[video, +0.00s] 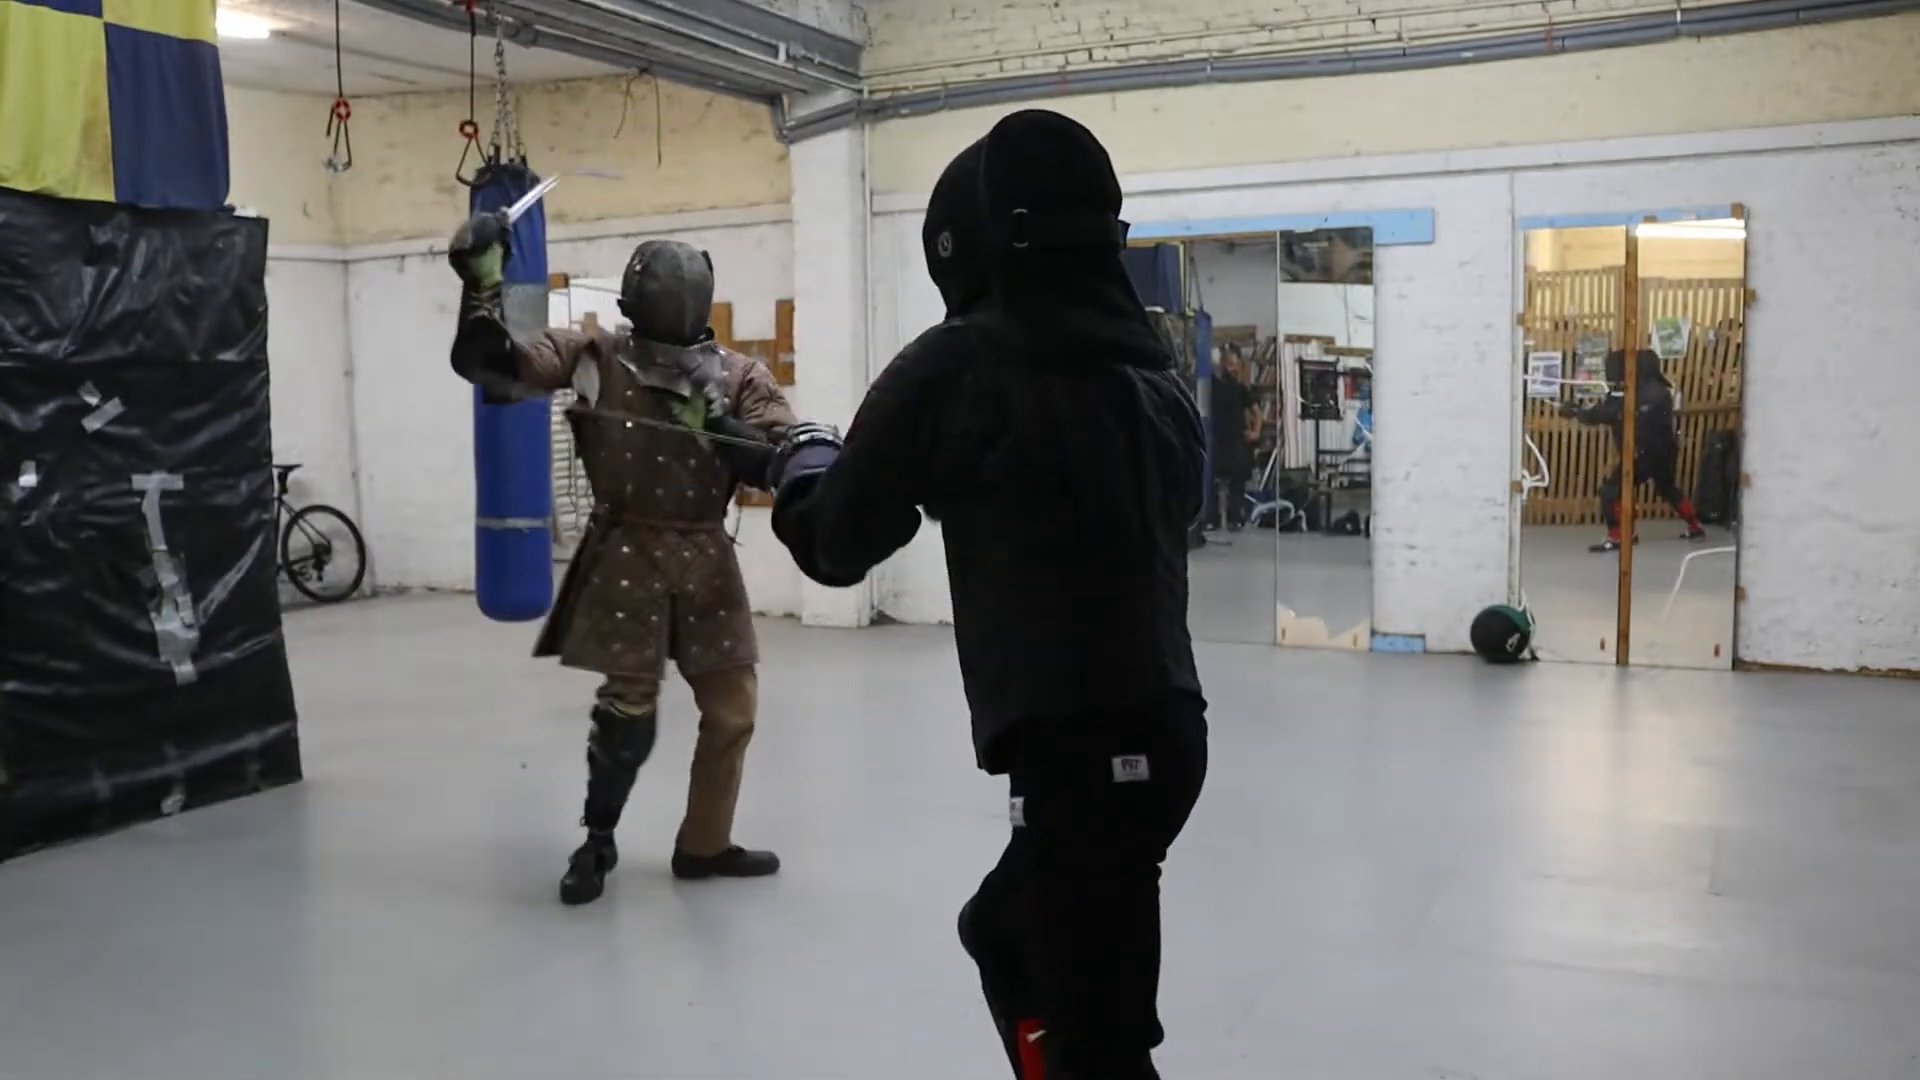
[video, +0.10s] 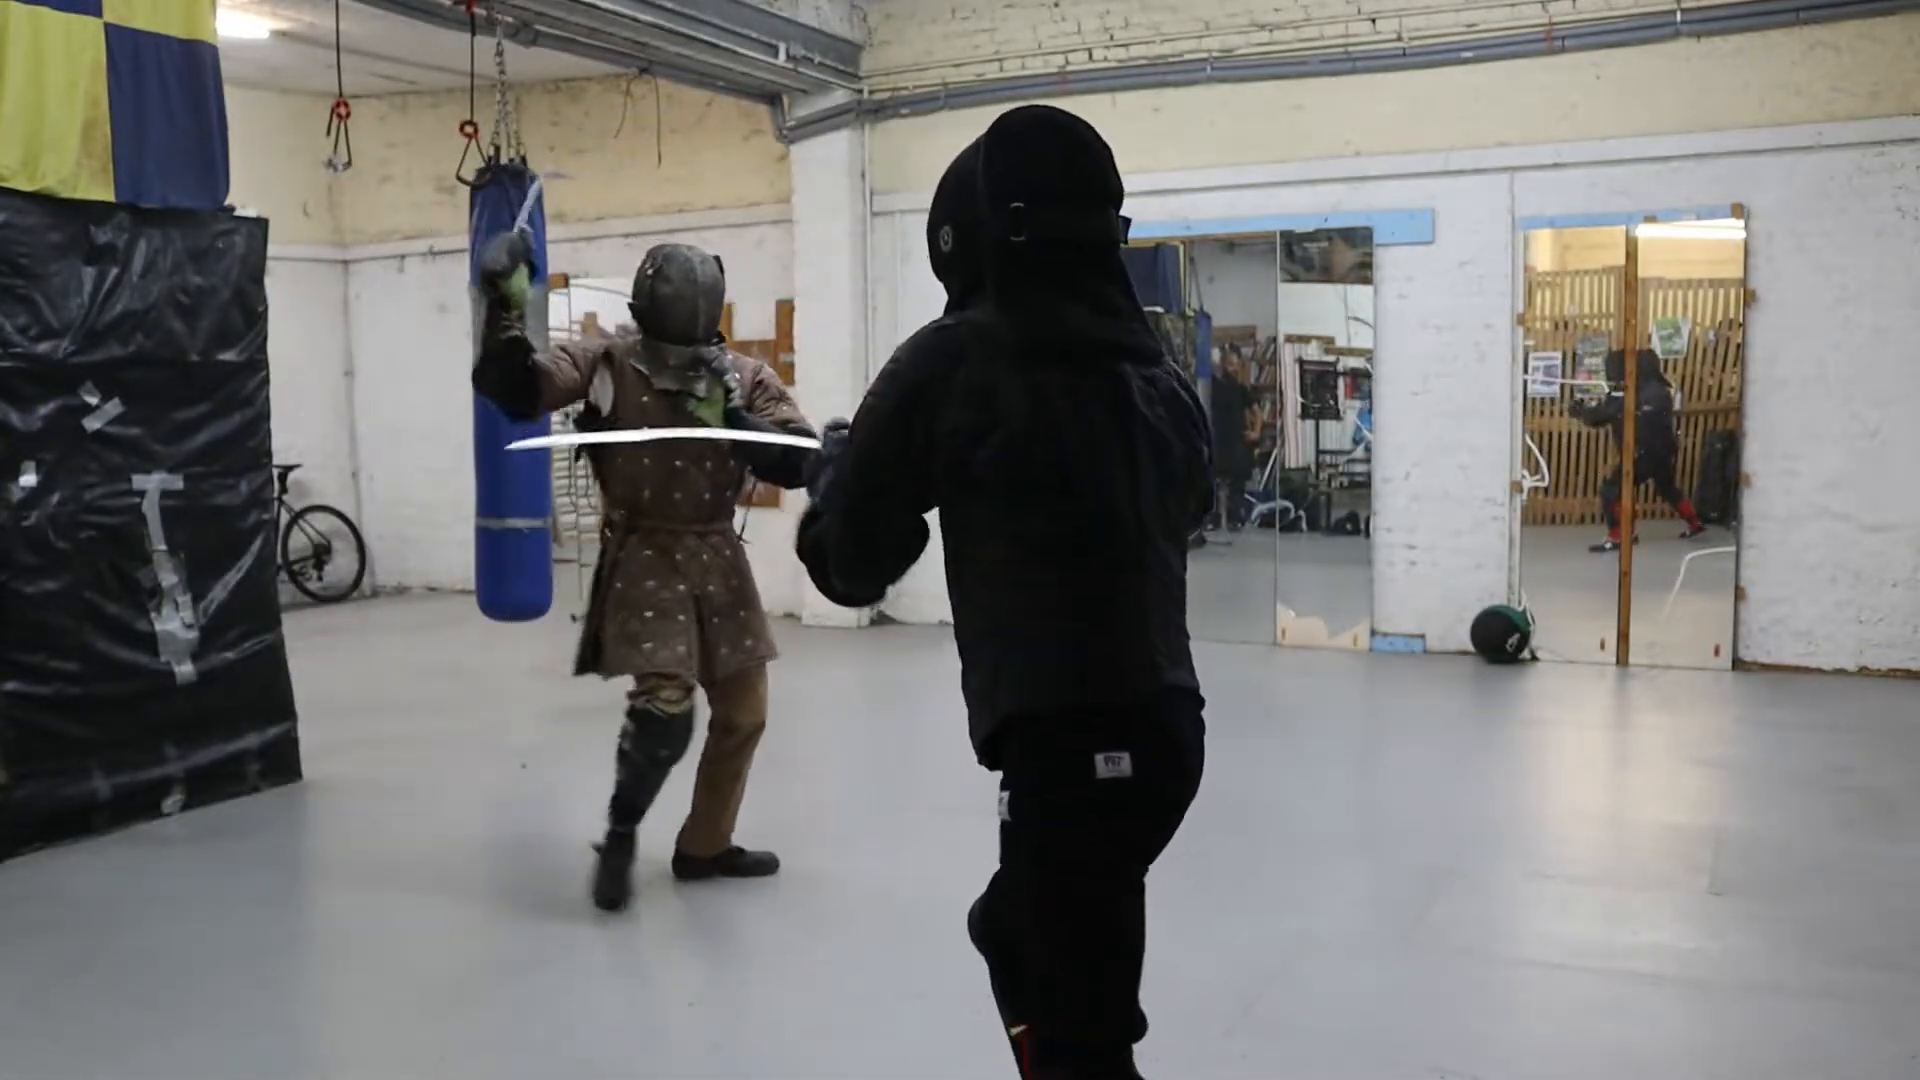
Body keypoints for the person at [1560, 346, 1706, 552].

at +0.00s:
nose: (1610, 377)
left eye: (1613, 371)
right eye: (1610, 371)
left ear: (1626, 372)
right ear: (1649, 368)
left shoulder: (1627, 397)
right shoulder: (1660, 390)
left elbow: (1604, 413)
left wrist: (1577, 412)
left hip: (1641, 455)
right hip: (1664, 450)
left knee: (1610, 489)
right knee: (1668, 488)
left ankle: (1618, 536)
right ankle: (1694, 526)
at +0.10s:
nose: (1610, 378)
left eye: (1613, 374)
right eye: (1610, 374)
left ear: (1625, 374)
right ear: (1651, 368)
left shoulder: (1623, 397)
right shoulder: (1661, 392)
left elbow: (1597, 417)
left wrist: (1579, 410)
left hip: (1639, 456)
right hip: (1663, 452)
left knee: (1610, 489)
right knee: (1668, 488)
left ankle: (1618, 536)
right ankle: (1694, 523)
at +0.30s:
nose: (1626, 378)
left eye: (1632, 373)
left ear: (1640, 371)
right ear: (1659, 369)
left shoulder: (1636, 397)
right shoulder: (1669, 391)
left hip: (1645, 452)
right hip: (1664, 449)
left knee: (1614, 491)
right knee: (1662, 487)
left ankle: (1618, 536)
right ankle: (1692, 520)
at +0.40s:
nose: (1637, 375)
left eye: (1641, 370)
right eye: (1639, 370)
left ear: (1647, 371)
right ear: (1662, 370)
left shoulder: (1650, 392)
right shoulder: (1670, 389)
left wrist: (1641, 431)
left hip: (1653, 447)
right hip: (1668, 445)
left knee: (1622, 487)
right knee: (1664, 488)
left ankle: (1619, 535)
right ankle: (1696, 524)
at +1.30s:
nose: (1647, 378)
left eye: (1650, 373)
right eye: (1648, 372)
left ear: (1660, 374)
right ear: (1672, 372)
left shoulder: (1667, 395)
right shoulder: (1678, 391)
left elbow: (1651, 426)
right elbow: (1651, 423)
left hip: (1669, 449)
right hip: (1676, 447)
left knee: (1641, 482)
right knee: (1666, 486)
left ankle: (1634, 529)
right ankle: (1701, 514)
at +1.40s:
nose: (1648, 376)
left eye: (1652, 371)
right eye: (1649, 371)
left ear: (1662, 374)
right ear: (1673, 374)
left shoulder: (1666, 397)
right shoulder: (1679, 394)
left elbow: (1642, 416)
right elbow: (1645, 415)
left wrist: (1613, 413)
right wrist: (1617, 413)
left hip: (1667, 451)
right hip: (1678, 449)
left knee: (1639, 484)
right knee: (1667, 486)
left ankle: (1632, 530)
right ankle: (1705, 513)